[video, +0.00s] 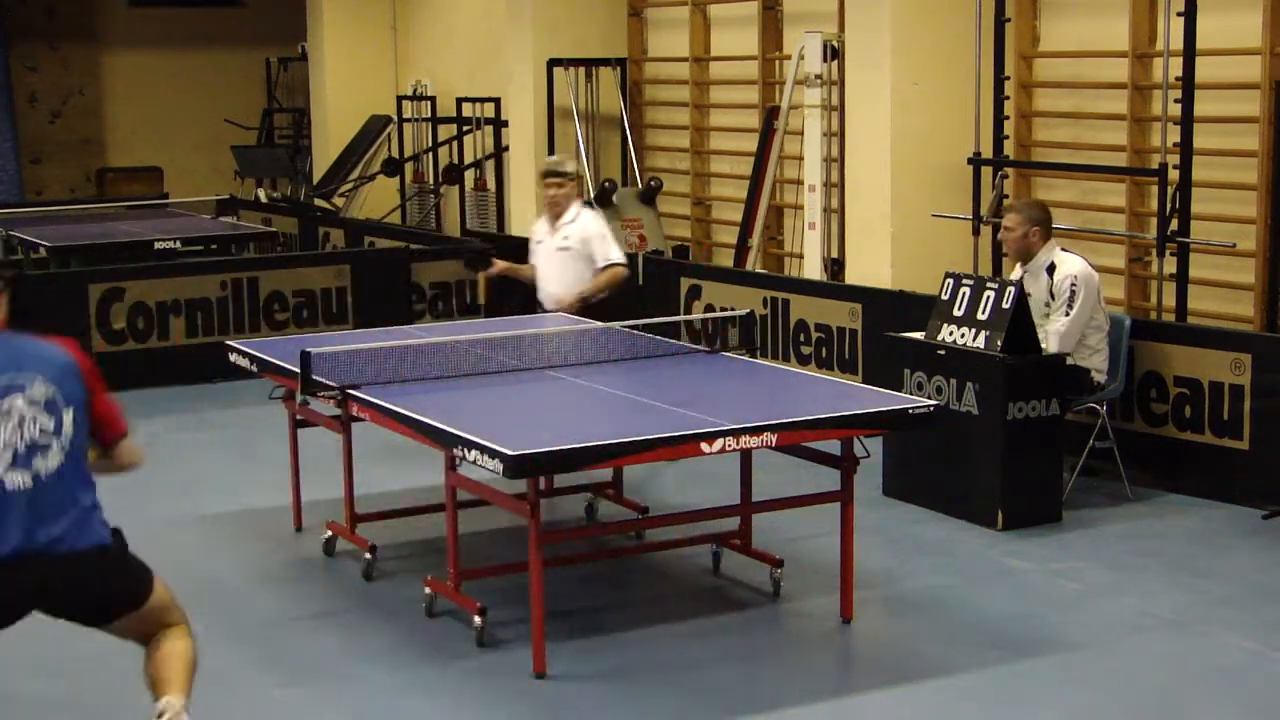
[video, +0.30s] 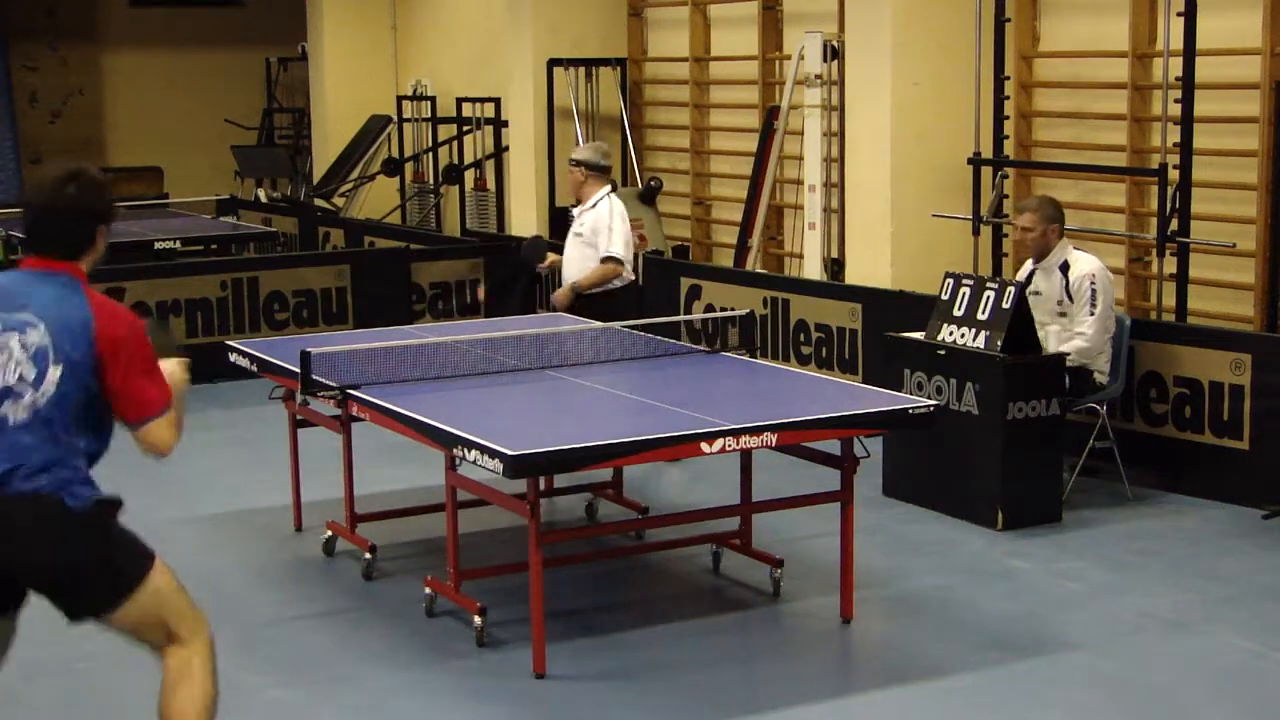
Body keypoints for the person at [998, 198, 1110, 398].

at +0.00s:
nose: (1000, 237)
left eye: (1007, 230)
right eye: (1001, 230)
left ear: (1034, 235)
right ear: (1034, 236)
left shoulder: (1074, 273)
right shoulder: (1020, 273)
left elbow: (1057, 343)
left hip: (1082, 374)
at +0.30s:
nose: (1018, 237)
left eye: (1027, 230)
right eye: (1017, 229)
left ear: (1052, 232)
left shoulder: (1089, 272)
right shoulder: (1026, 272)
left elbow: (1089, 343)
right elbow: (1011, 328)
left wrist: (1041, 368)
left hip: (1084, 373)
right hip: (1039, 369)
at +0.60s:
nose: (1032, 237)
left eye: (1041, 230)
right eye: (1030, 229)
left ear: (1067, 231)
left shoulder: (1098, 272)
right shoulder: (1026, 272)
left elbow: (1100, 347)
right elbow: (1004, 327)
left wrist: (1045, 364)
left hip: (1085, 372)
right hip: (1036, 368)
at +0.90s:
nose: (1040, 235)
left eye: (1051, 227)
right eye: (1038, 226)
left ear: (1074, 231)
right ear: (1034, 226)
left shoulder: (1104, 273)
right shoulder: (1026, 271)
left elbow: (1108, 346)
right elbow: (998, 322)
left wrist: (1052, 362)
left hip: (1086, 373)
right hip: (1032, 368)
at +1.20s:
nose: (1040, 234)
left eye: (1051, 227)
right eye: (1039, 226)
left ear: (1075, 231)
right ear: (1036, 226)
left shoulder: (1104, 273)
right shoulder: (1027, 268)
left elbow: (1107, 348)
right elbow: (992, 302)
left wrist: (1047, 362)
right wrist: (982, 279)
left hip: (1082, 375)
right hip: (1029, 370)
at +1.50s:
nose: (1040, 234)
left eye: (1051, 227)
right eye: (1039, 225)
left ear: (1074, 230)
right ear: (1036, 225)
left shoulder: (1104, 273)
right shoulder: (1030, 265)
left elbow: (1112, 345)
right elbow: (993, 284)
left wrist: (1055, 356)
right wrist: (974, 280)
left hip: (1082, 373)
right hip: (1030, 366)